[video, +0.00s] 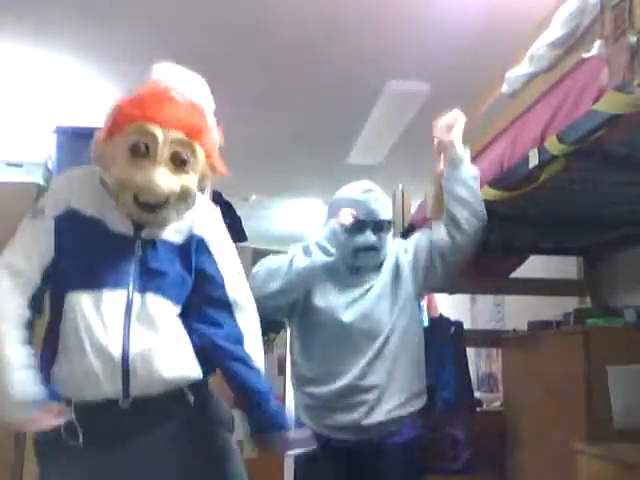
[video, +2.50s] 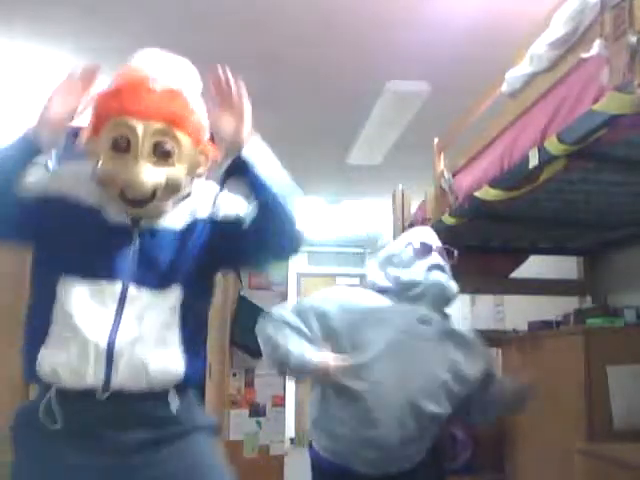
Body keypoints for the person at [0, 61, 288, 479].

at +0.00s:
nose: (156, 177)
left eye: (179, 161)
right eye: (139, 150)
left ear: (201, 172)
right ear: (108, 147)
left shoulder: (199, 219)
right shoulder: (68, 198)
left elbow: (222, 320)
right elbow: (10, 291)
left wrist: (265, 413)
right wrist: (24, 397)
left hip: (176, 424)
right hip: (76, 430)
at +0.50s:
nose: (135, 187)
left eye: (157, 167)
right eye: (117, 168)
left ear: (195, 181)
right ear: (96, 181)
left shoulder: (217, 239)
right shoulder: (80, 249)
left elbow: (268, 317)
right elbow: (53, 349)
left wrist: (244, 370)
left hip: (203, 457)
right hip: (105, 458)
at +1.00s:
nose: (185, 204)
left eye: (205, 187)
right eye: (166, 184)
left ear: (233, 197)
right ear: (139, 191)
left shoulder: (250, 259)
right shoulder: (109, 258)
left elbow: (325, 250)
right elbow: (28, 307)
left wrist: (328, 185)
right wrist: (98, 339)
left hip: (221, 456)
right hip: (127, 459)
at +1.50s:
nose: (181, 218)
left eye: (203, 199)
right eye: (164, 195)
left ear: (229, 211)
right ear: (134, 201)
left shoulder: (226, 280)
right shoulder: (103, 269)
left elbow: (266, 362)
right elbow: (19, 261)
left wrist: (234, 285)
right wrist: (80, 174)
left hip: (211, 465)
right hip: (117, 466)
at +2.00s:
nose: (140, 215)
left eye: (164, 192)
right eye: (122, 186)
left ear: (187, 207)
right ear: (90, 192)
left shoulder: (178, 264)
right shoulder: (63, 255)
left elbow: (220, 302)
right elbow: (23, 363)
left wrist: (232, 216)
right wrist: (72, 289)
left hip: (154, 457)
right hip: (62, 456)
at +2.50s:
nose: (138, 171)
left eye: (163, 151)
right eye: (121, 145)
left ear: (197, 162)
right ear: (93, 146)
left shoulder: (208, 222)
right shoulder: (59, 206)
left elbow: (284, 238)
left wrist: (242, 151)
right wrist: (38, 138)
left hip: (170, 434)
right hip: (61, 431)